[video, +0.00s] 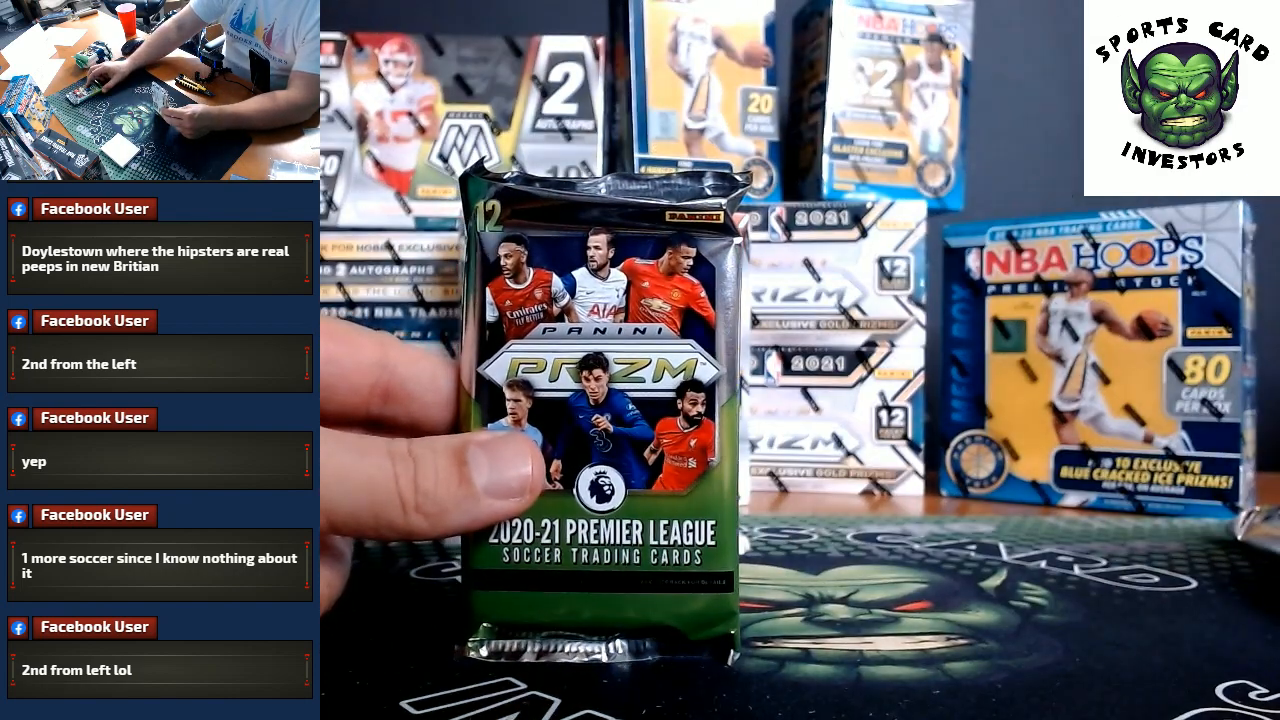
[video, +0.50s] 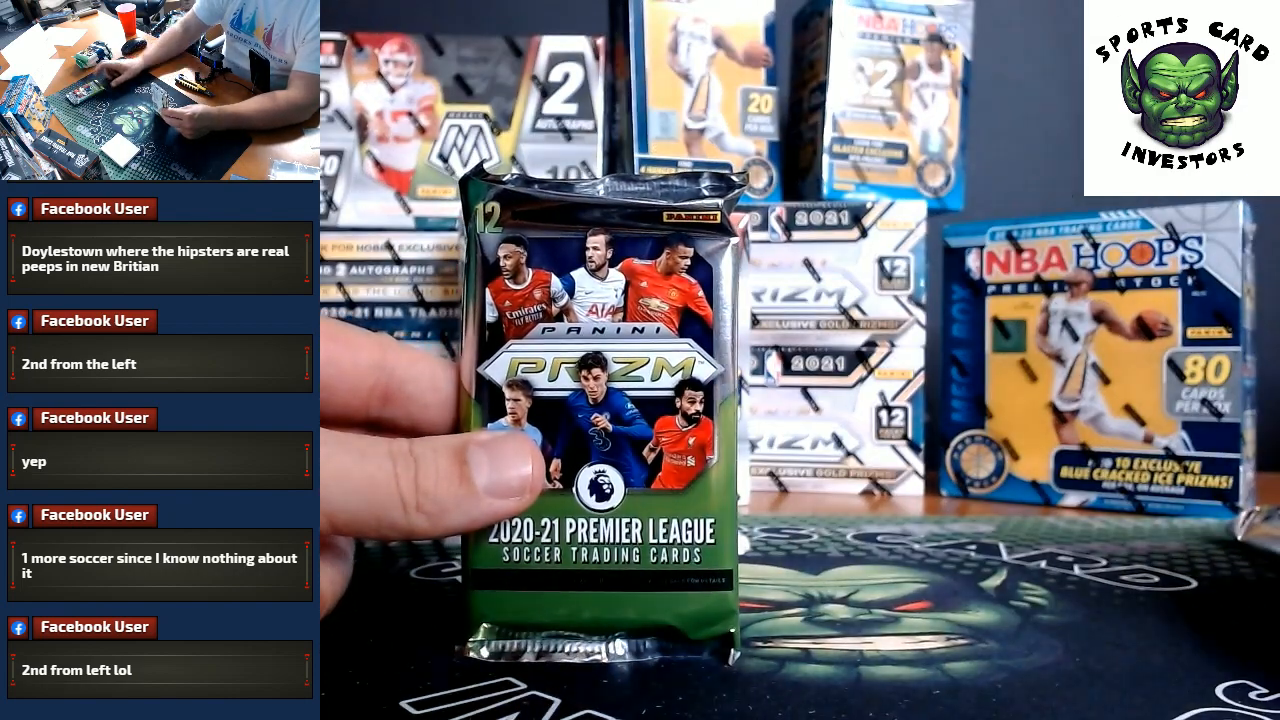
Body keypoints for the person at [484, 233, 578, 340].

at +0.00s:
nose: (502, 263)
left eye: (508, 257)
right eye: (500, 257)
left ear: (523, 257)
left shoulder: (549, 280)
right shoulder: (492, 291)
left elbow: (570, 311)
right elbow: (489, 332)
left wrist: (577, 341)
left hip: (549, 351)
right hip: (515, 353)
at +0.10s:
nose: (502, 263)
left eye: (507, 257)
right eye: (500, 258)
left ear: (523, 257)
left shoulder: (549, 280)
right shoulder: (492, 291)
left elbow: (570, 312)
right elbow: (488, 331)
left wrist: (578, 340)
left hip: (549, 351)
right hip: (515, 353)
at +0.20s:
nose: (501, 264)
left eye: (507, 257)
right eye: (499, 258)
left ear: (522, 257)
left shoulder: (548, 280)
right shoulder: (492, 292)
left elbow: (569, 311)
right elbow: (487, 331)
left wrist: (578, 339)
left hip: (549, 350)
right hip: (514, 353)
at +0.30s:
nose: (502, 264)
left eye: (507, 257)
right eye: (500, 258)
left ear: (523, 257)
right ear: (498, 258)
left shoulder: (548, 280)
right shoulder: (492, 291)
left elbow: (569, 311)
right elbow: (488, 331)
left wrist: (578, 339)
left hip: (549, 350)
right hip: (515, 353)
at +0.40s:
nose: (501, 264)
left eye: (507, 258)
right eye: (499, 258)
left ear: (523, 257)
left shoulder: (548, 280)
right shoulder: (492, 292)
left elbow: (569, 311)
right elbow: (487, 331)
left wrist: (578, 339)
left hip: (549, 350)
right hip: (515, 353)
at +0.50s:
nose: (501, 264)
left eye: (507, 258)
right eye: (499, 259)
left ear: (523, 258)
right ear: (498, 259)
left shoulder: (548, 280)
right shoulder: (492, 292)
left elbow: (568, 311)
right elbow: (485, 331)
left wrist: (578, 339)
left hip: (548, 350)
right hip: (514, 353)